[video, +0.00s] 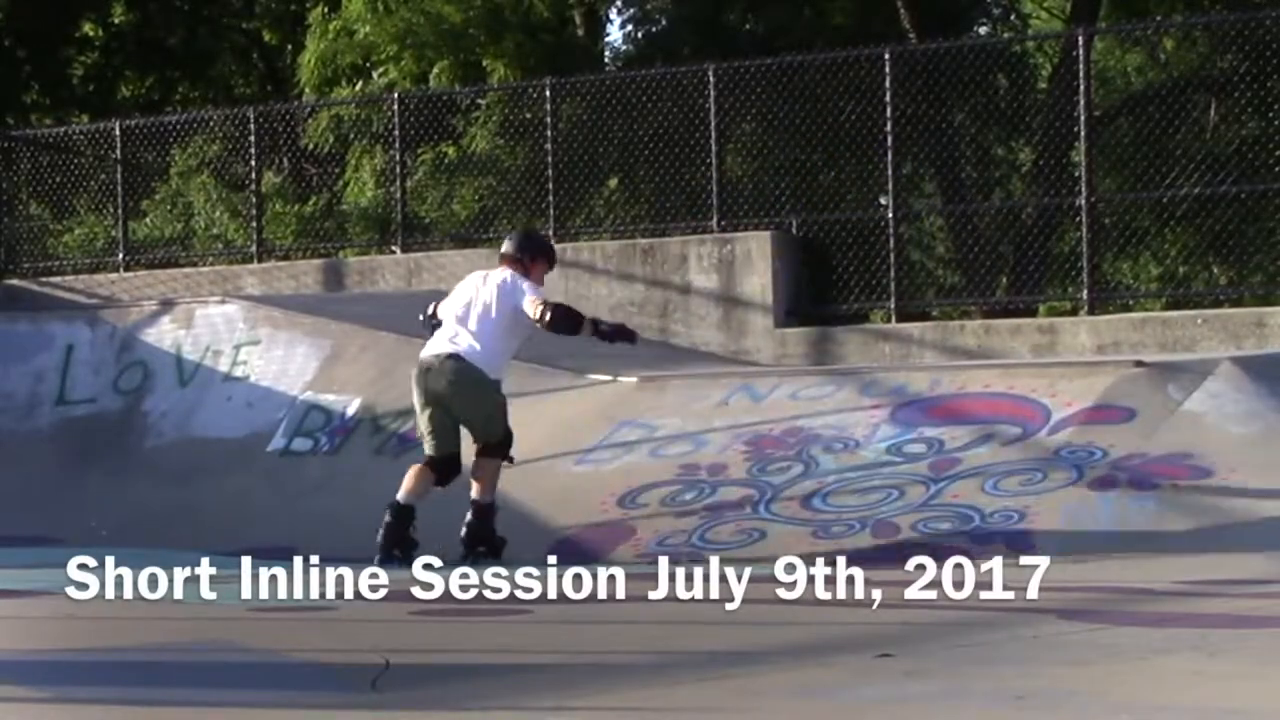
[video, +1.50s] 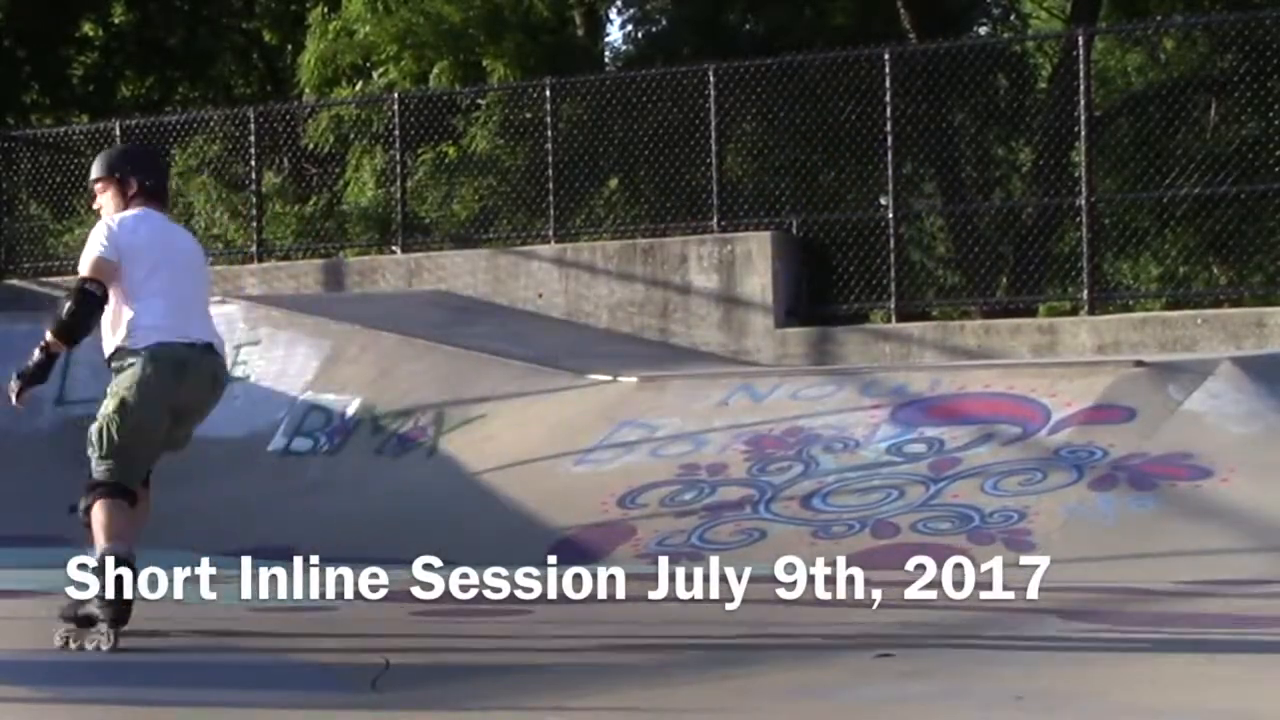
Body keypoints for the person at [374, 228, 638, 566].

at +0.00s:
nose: (544, 278)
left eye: (547, 271)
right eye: (544, 270)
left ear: (508, 259)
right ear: (527, 261)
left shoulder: (473, 280)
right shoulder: (521, 284)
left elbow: (432, 316)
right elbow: (549, 317)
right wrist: (600, 327)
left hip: (427, 366)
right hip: (469, 371)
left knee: (440, 460)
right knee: (493, 443)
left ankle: (395, 524)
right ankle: (479, 528)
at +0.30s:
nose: (427, 281)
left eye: (429, 276)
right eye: (426, 274)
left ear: (384, 260)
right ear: (413, 264)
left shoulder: (354, 282)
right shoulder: (415, 288)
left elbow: (299, 332)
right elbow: (460, 322)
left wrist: (287, 373)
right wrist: (502, 339)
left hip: (314, 361)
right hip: (363, 367)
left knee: (324, 460)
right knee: (372, 450)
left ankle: (286, 524)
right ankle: (354, 532)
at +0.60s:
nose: (332, 248)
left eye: (332, 240)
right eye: (328, 239)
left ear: (285, 236)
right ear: (310, 234)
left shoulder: (251, 266)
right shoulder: (315, 266)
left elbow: (209, 337)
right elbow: (371, 312)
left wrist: (209, 394)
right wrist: (398, 329)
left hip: (228, 359)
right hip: (281, 359)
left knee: (236, 457)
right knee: (288, 454)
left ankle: (212, 535)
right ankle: (295, 536)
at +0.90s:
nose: (254, 222)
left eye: (255, 214)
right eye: (249, 213)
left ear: (205, 215)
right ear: (226, 212)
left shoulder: (165, 252)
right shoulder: (240, 255)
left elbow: (126, 321)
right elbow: (273, 326)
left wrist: (115, 385)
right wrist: (281, 355)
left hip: (147, 361)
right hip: (203, 357)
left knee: (168, 467)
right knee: (253, 450)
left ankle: (127, 544)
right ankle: (254, 547)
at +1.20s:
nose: (184, 212)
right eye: (184, 206)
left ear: (130, 204)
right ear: (180, 207)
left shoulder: (103, 243)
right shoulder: (195, 252)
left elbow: (60, 322)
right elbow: (216, 344)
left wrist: (47, 383)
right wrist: (182, 375)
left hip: (108, 358)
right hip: (172, 365)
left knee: (84, 473)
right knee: (164, 461)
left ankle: (44, 552)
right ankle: (135, 561)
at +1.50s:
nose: (95, 203)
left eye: (100, 191)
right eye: (94, 193)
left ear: (130, 187)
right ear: (147, 191)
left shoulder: (114, 229)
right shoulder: (187, 239)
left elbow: (83, 305)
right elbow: (180, 306)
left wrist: (41, 361)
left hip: (150, 361)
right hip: (207, 363)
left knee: (108, 476)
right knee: (138, 471)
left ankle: (114, 590)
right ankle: (109, 579)